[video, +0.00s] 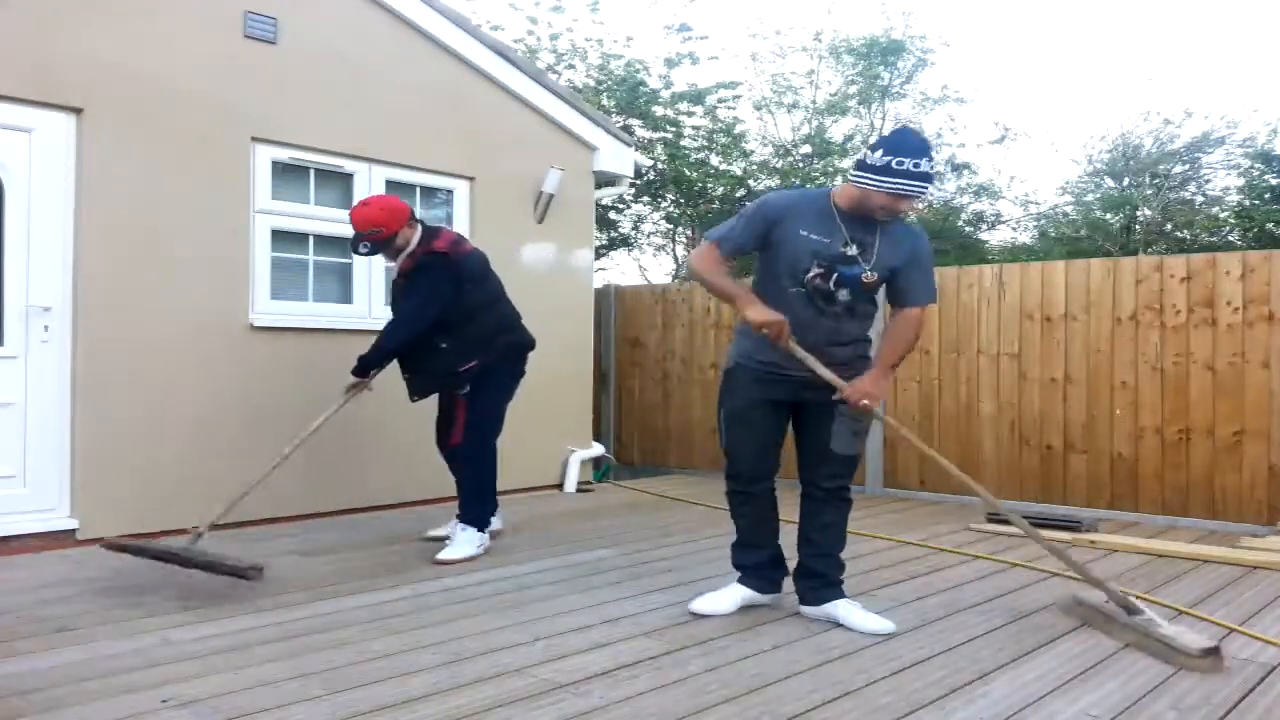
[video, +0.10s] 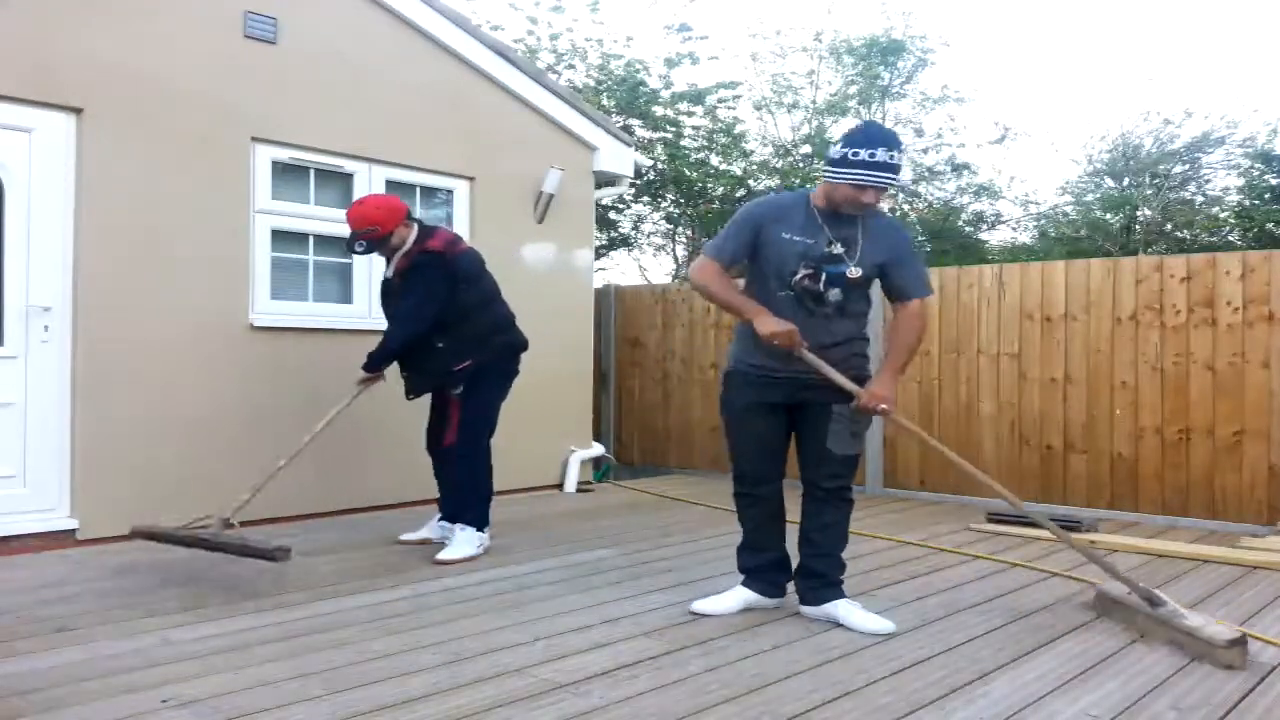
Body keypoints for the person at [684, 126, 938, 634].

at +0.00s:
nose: (908, 207)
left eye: (913, 198)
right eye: (903, 196)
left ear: (900, 189)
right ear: (872, 182)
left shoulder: (905, 242)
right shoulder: (782, 209)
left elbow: (912, 312)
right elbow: (704, 257)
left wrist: (879, 374)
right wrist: (747, 301)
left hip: (839, 382)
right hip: (759, 371)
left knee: (830, 487)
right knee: (748, 479)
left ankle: (822, 593)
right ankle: (756, 581)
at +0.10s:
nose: (874, 198)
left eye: (882, 188)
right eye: (865, 186)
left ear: (887, 183)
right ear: (835, 173)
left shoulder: (888, 236)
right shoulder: (768, 213)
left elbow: (912, 309)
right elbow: (702, 270)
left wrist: (887, 377)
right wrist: (759, 315)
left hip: (838, 386)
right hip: (758, 378)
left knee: (831, 489)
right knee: (755, 484)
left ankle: (822, 593)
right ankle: (762, 583)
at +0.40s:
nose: (766, 183)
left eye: (778, 173)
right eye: (759, 172)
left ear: (809, 170)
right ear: (751, 169)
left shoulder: (852, 222)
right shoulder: (731, 216)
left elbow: (884, 292)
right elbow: (668, 255)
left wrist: (803, 330)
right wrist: (680, 270)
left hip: (826, 377)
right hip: (746, 373)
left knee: (829, 485)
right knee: (752, 482)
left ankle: (823, 593)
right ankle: (762, 584)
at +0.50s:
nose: (752, 181)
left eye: (763, 171)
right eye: (747, 171)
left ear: (796, 169)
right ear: (742, 170)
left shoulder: (844, 219)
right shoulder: (728, 218)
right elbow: (673, 258)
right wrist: (659, 262)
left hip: (821, 375)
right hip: (744, 372)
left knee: (830, 485)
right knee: (750, 482)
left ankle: (832, 591)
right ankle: (762, 584)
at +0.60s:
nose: (743, 181)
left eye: (753, 171)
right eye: (738, 171)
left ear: (787, 167)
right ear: (735, 169)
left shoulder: (832, 218)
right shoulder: (731, 218)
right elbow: (695, 254)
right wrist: (665, 257)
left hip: (813, 373)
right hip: (742, 370)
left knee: (825, 482)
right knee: (753, 483)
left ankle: (843, 590)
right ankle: (764, 583)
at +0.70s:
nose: (736, 184)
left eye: (747, 173)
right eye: (730, 174)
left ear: (779, 168)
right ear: (726, 173)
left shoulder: (820, 219)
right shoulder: (741, 214)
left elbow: (818, 296)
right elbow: (731, 250)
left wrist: (736, 327)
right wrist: (689, 260)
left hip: (810, 372)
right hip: (753, 370)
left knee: (819, 482)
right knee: (758, 482)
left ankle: (848, 589)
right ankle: (764, 585)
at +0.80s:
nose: (729, 191)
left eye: (737, 180)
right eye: (724, 181)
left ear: (770, 172)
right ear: (728, 176)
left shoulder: (809, 219)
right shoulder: (754, 218)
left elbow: (799, 301)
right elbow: (742, 257)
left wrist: (735, 329)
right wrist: (714, 267)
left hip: (811, 370)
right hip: (763, 368)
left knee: (815, 483)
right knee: (765, 482)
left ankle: (835, 593)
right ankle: (765, 583)